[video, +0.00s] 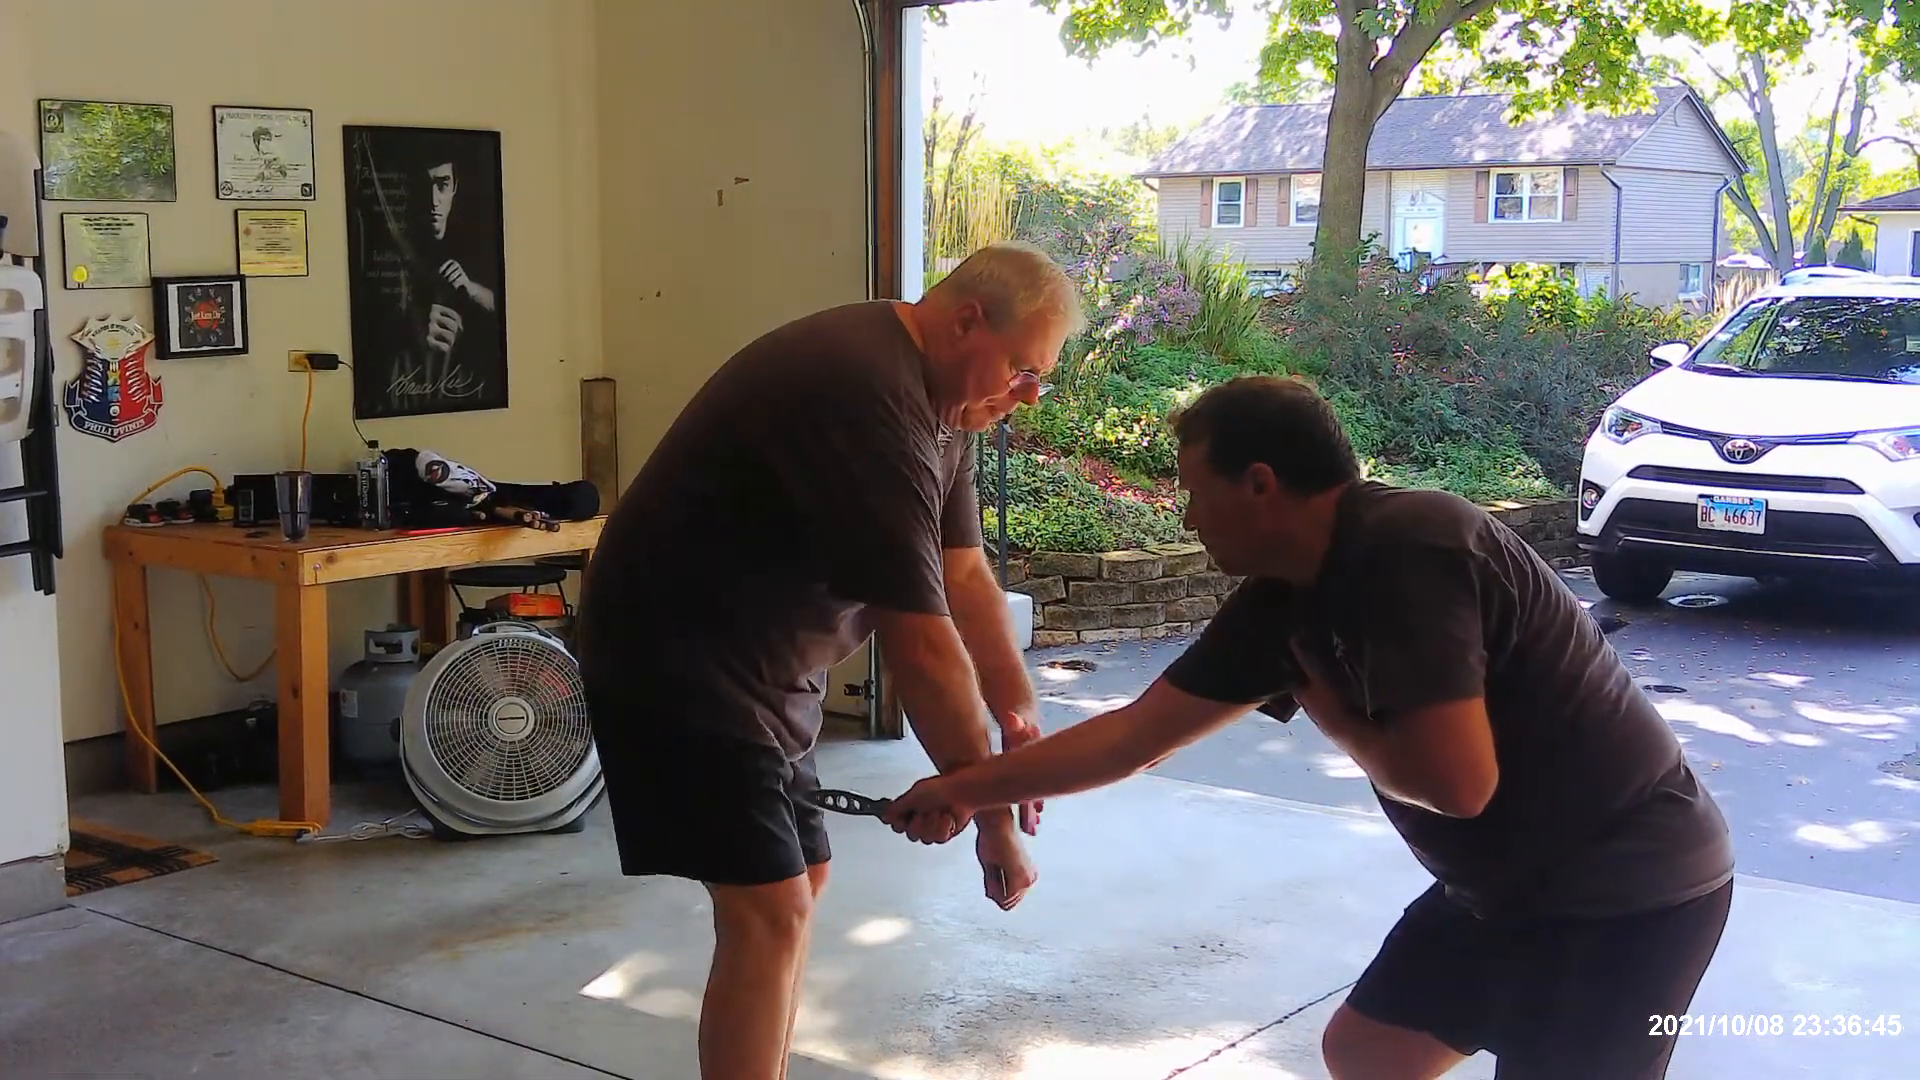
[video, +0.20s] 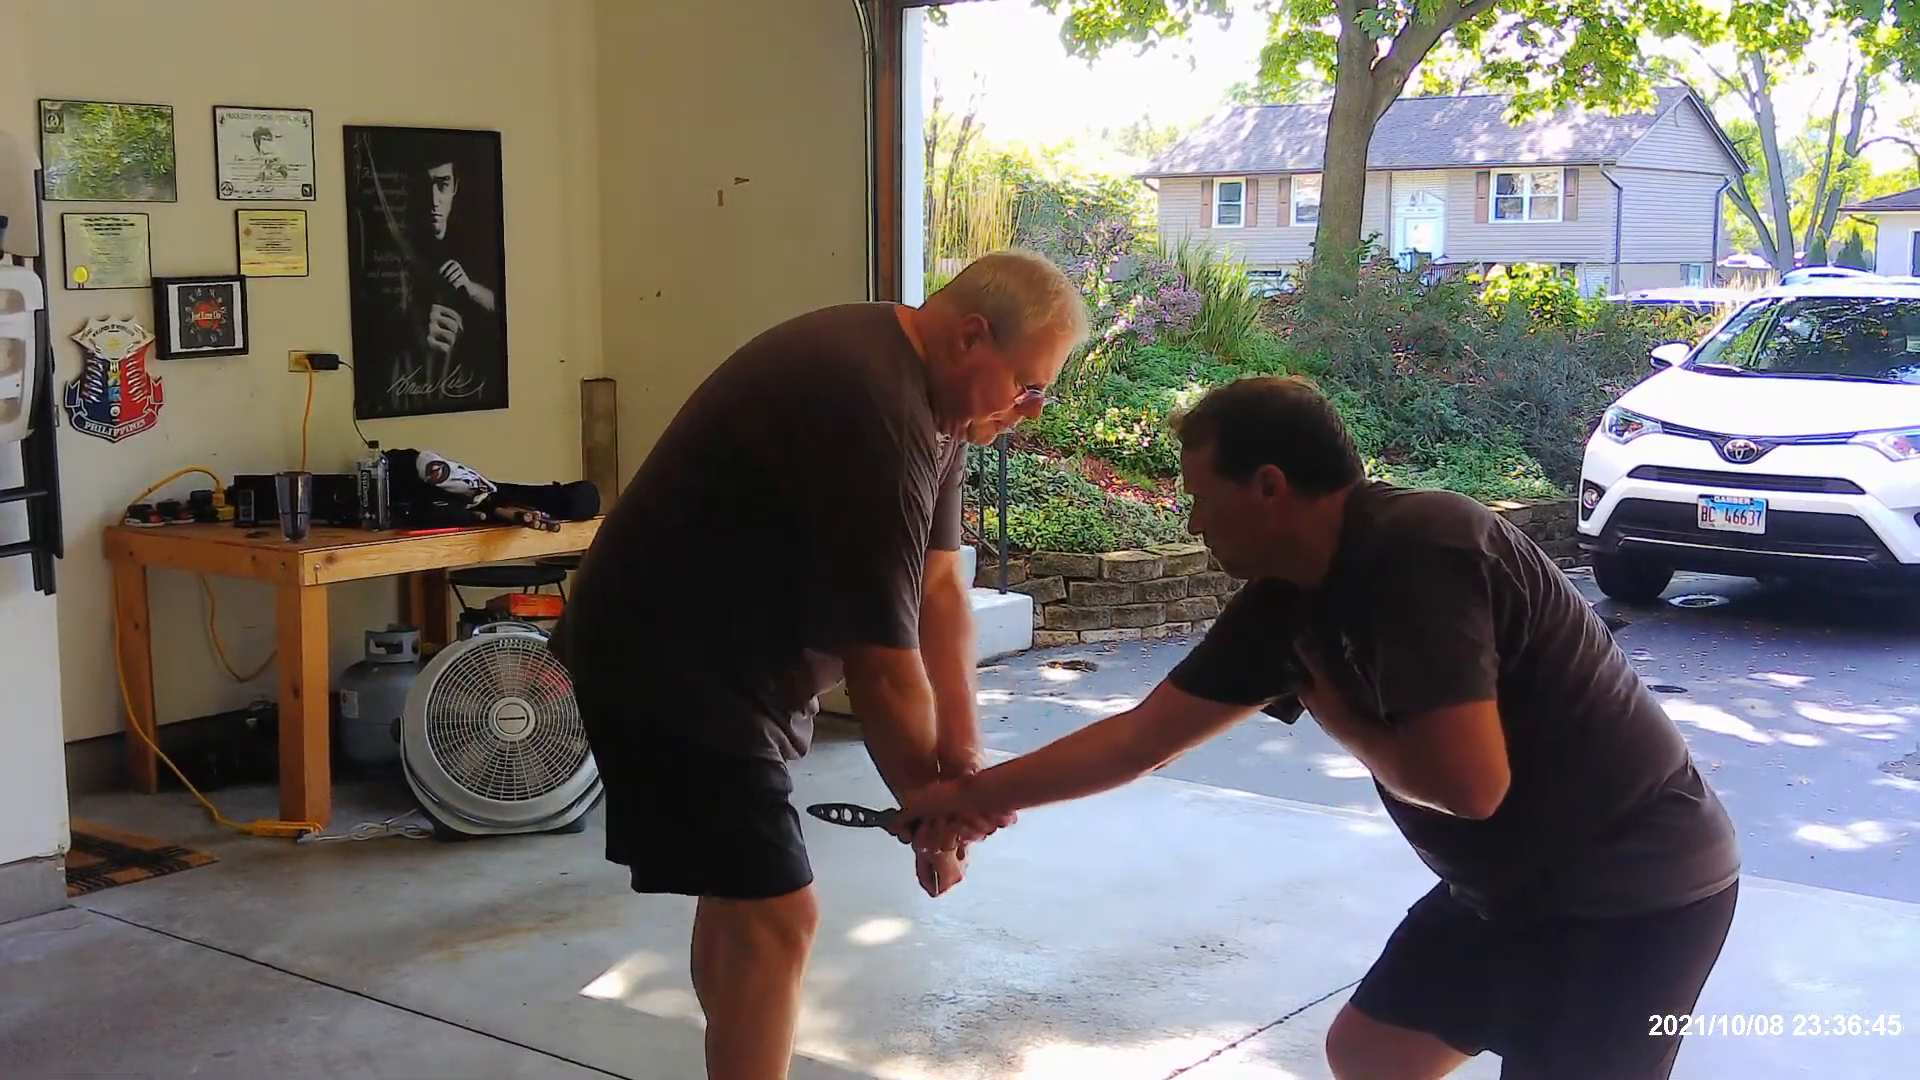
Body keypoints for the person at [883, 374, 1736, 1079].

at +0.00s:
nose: (1183, 506)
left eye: (1192, 482)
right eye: (1183, 483)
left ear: (1261, 487)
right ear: (1262, 488)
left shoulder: (1409, 552)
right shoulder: (1281, 598)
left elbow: (1463, 784)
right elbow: (1138, 732)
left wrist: (1341, 724)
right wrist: (972, 788)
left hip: (1634, 883)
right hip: (1498, 877)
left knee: (1573, 1066)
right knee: (1365, 1047)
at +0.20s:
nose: (1188, 511)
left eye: (1198, 487)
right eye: (1188, 489)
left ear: (1269, 489)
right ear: (1269, 490)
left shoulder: (1419, 549)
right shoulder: (1286, 599)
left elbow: (1472, 785)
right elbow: (1149, 732)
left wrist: (1345, 725)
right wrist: (984, 795)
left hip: (1640, 884)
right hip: (1501, 876)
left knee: (1577, 1068)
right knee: (1372, 1047)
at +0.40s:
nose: (1196, 512)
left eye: (1204, 488)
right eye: (1195, 490)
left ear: (1276, 485)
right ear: (1275, 486)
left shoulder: (1429, 553)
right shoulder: (1294, 591)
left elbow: (1473, 786)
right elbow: (1146, 720)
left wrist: (1346, 721)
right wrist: (978, 770)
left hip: (1639, 883)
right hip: (1501, 875)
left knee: (1582, 1070)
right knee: (1373, 1048)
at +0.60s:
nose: (1209, 493)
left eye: (1217, 468)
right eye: (1208, 469)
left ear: (1289, 462)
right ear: (1288, 465)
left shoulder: (1439, 540)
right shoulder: (1297, 574)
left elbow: (1479, 771)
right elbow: (1148, 698)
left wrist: (1350, 710)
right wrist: (990, 738)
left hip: (1639, 879)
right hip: (1504, 872)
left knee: (1593, 1066)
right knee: (1376, 1050)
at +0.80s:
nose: (1217, 467)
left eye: (1227, 444)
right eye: (1216, 446)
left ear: (1299, 443)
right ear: (1297, 445)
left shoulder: (1447, 524)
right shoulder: (1294, 557)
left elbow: (1471, 760)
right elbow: (1148, 676)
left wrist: (1343, 694)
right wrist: (992, 716)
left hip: (1634, 870)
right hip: (1500, 864)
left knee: (1580, 1064)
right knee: (1376, 1048)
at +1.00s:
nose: (1213, 458)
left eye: (1224, 434)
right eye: (1212, 435)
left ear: (1301, 434)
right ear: (1300, 437)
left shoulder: (1445, 517)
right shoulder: (1289, 542)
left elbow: (1469, 748)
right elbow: (1134, 639)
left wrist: (1338, 691)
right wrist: (976, 659)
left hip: (1625, 865)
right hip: (1491, 865)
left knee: (1585, 1069)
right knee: (1371, 1050)